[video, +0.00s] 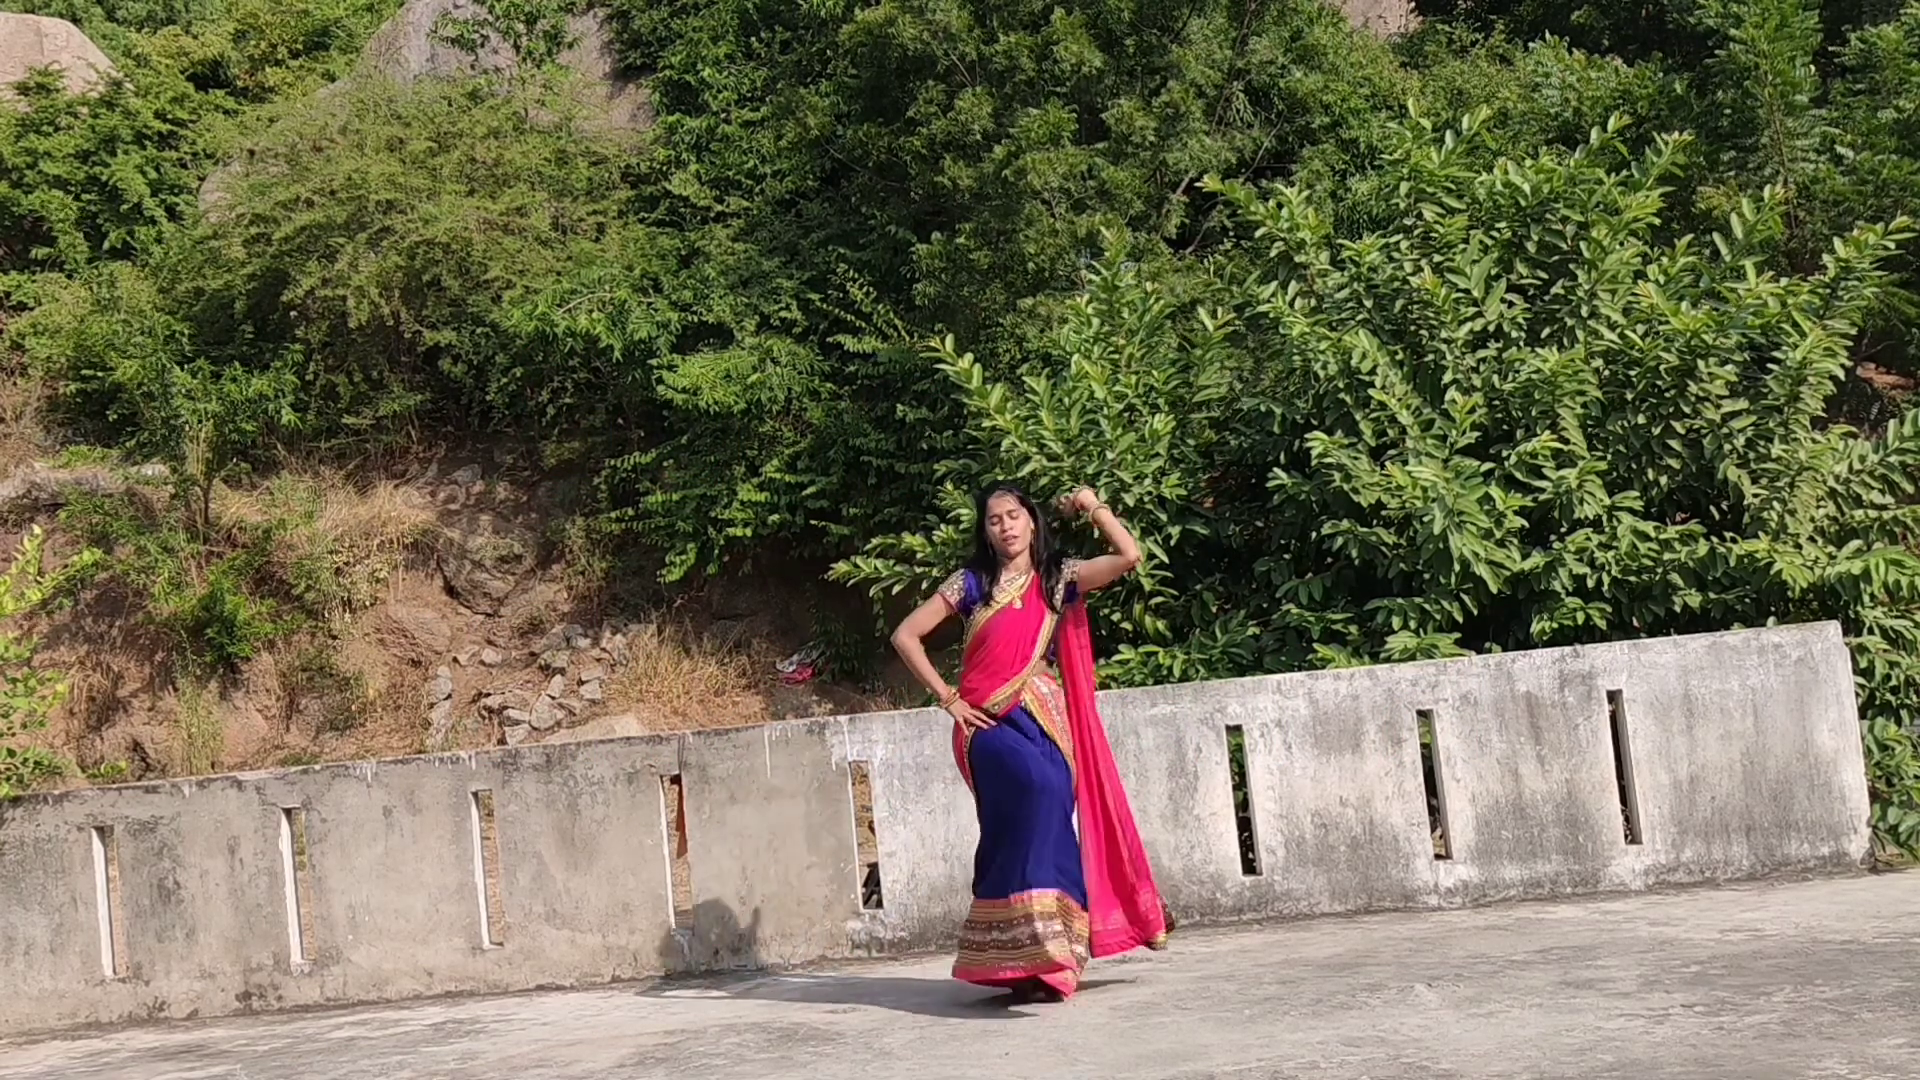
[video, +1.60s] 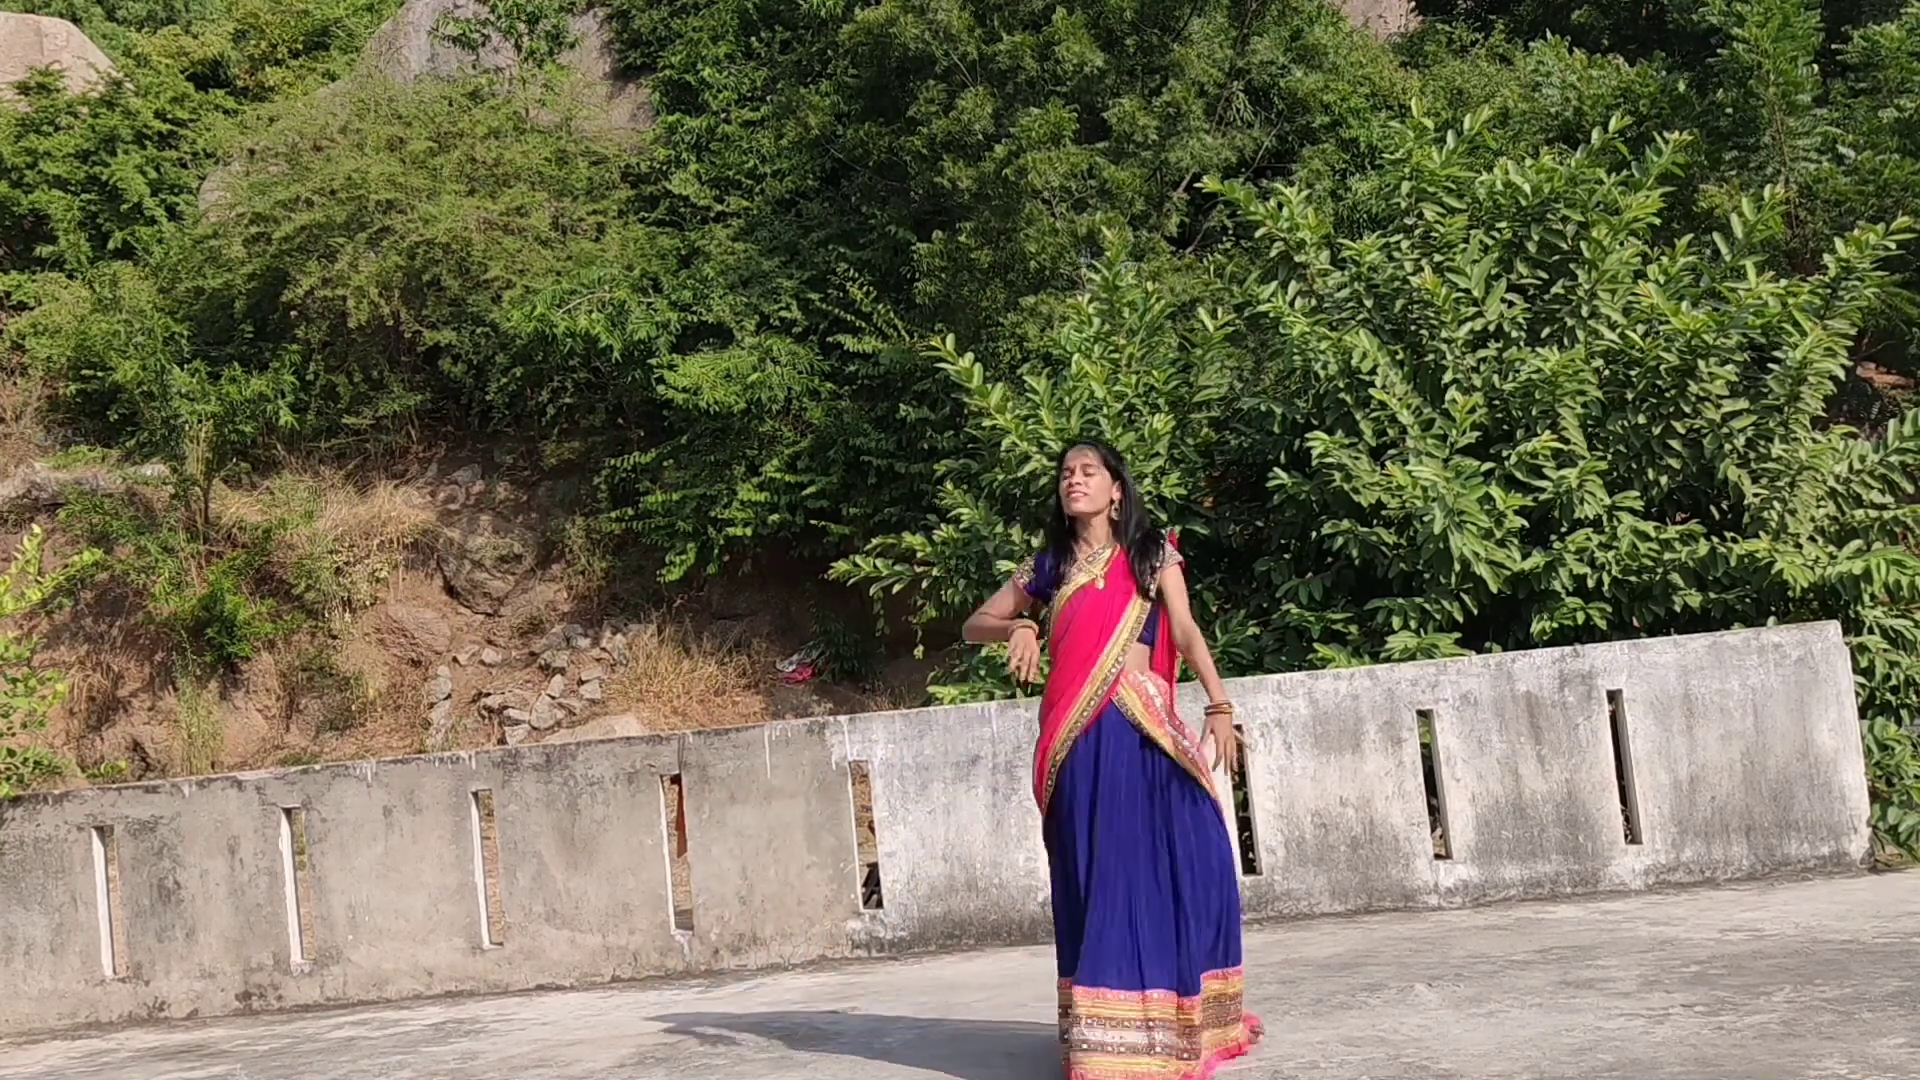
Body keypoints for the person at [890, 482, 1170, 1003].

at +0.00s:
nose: (1005, 526)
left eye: (1012, 515)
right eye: (995, 520)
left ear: (1033, 521)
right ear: (985, 532)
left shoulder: (1057, 578)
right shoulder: (971, 583)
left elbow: (1128, 555)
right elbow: (905, 636)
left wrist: (1096, 506)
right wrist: (945, 696)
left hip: (1038, 712)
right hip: (982, 717)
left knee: (1036, 816)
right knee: (1046, 785)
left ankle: (1028, 960)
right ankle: (1040, 946)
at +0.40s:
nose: (1030, 545)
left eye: (1038, 533)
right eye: (1019, 537)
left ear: (1059, 535)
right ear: (1009, 545)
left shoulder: (1085, 582)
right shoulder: (1002, 601)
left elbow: (1123, 537)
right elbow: (956, 668)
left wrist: (1166, 493)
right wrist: (983, 686)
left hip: (1072, 726)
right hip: (1018, 732)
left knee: (1072, 846)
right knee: (1037, 852)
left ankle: (1088, 979)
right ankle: (1056, 980)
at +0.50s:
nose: (1035, 540)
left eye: (1044, 529)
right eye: (1024, 531)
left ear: (1062, 534)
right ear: (1011, 540)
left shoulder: (1090, 579)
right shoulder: (1001, 604)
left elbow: (1145, 559)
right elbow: (986, 674)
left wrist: (1206, 542)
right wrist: (994, 714)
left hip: (1084, 734)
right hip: (1025, 740)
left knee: (1086, 855)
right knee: (1037, 860)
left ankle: (1100, 983)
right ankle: (1051, 988)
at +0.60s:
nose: (1038, 529)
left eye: (1049, 518)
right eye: (1028, 519)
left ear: (1066, 526)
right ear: (1015, 529)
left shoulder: (1093, 576)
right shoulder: (1003, 596)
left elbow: (1160, 596)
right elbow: (1006, 674)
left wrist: (1228, 617)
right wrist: (1026, 741)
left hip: (1097, 735)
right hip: (1035, 739)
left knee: (1105, 854)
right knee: (1040, 859)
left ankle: (1106, 982)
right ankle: (1053, 989)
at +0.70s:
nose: (1043, 515)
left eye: (1054, 506)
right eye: (1034, 505)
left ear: (1072, 516)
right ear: (1018, 513)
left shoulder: (1093, 575)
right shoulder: (1005, 585)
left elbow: (1151, 629)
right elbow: (1012, 669)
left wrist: (1210, 682)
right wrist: (1041, 745)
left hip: (1102, 726)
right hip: (1043, 732)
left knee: (1113, 850)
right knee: (1042, 857)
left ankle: (1122, 987)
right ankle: (1049, 994)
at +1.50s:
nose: (1084, 483)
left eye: (1096, 475)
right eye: (1073, 477)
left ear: (1120, 493)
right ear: (1061, 497)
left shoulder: (1143, 560)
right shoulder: (1044, 567)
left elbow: (1185, 635)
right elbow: (994, 635)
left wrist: (1232, 697)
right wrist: (1016, 690)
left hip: (1143, 746)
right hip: (1071, 751)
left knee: (1161, 881)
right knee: (1088, 888)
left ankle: (1169, 1031)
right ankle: (1109, 1037)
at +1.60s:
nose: (1075, 481)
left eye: (1088, 472)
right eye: (1067, 475)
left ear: (1117, 489)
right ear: (1059, 495)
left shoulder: (1150, 551)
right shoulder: (1050, 564)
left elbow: (1188, 634)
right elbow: (975, 625)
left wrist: (1222, 709)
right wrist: (1018, 627)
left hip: (1143, 729)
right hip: (1077, 736)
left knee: (1148, 875)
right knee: (1095, 879)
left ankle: (1164, 1028)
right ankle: (1109, 1032)